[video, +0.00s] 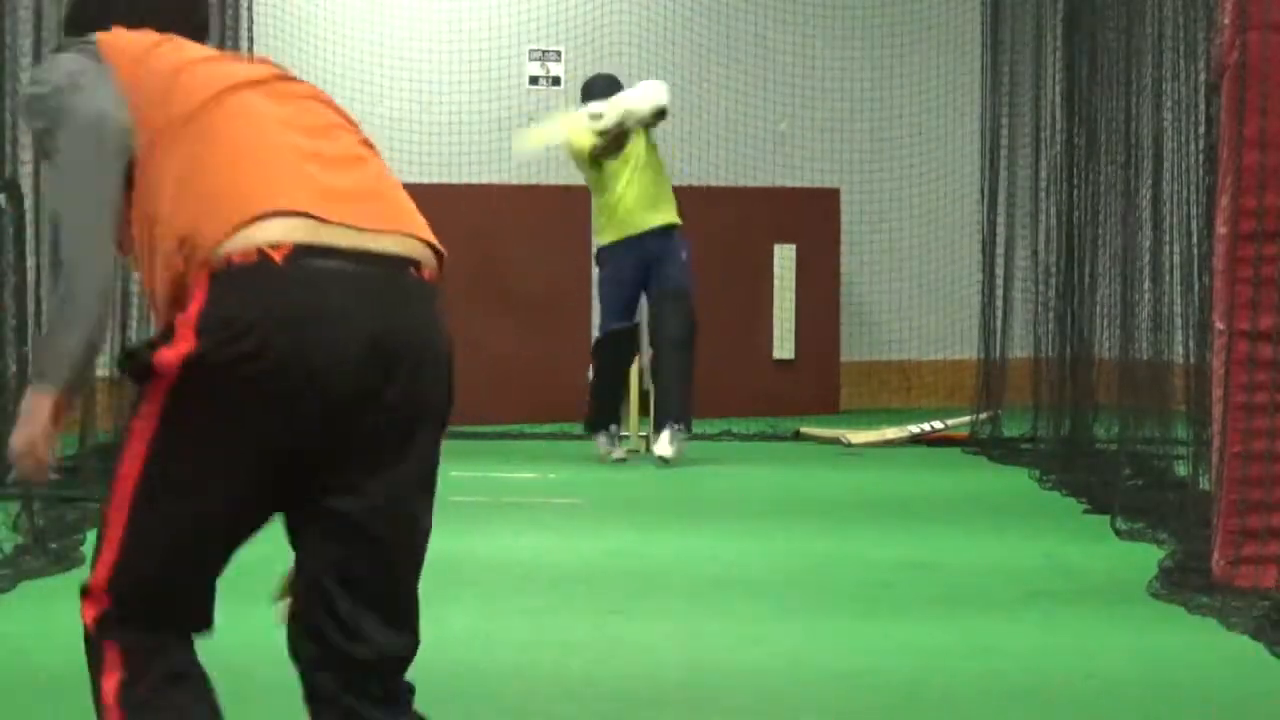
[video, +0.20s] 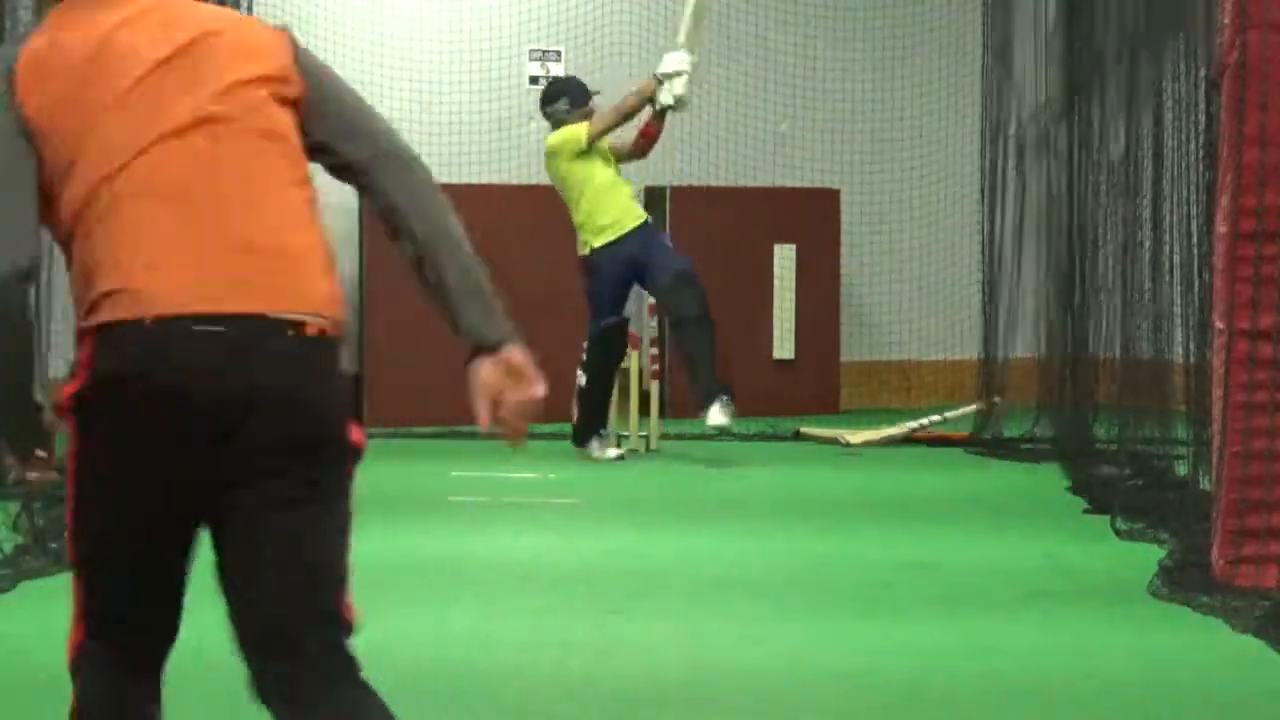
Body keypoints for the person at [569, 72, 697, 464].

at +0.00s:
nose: (604, 115)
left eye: (609, 107)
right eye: (597, 110)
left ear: (619, 104)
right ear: (587, 109)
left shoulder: (639, 124)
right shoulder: (578, 134)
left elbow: (654, 111)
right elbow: (601, 150)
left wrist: (632, 107)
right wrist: (618, 125)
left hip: (662, 232)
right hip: (616, 242)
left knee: (674, 330)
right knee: (615, 337)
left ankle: (671, 426)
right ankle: (604, 428)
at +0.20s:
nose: (593, 108)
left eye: (590, 101)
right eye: (586, 102)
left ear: (567, 109)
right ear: (568, 109)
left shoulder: (593, 145)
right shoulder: (559, 144)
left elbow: (637, 148)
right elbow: (618, 114)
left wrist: (660, 109)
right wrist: (657, 79)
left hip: (641, 236)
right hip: (604, 250)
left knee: (685, 294)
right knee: (607, 344)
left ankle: (714, 399)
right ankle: (589, 434)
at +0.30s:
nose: (586, 110)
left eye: (583, 105)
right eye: (579, 105)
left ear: (561, 114)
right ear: (560, 113)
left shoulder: (582, 147)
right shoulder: (561, 145)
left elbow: (628, 162)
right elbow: (615, 120)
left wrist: (648, 119)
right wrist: (641, 88)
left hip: (631, 245)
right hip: (596, 257)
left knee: (689, 294)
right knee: (606, 347)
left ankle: (744, 372)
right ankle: (584, 440)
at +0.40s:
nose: (581, 113)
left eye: (579, 107)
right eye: (575, 108)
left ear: (553, 115)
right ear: (556, 113)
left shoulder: (575, 150)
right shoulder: (559, 147)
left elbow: (615, 174)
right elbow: (617, 125)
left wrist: (625, 128)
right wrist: (618, 107)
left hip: (626, 245)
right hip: (595, 256)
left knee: (693, 291)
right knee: (609, 349)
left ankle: (761, 356)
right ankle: (586, 439)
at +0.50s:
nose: (580, 112)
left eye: (578, 106)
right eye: (575, 106)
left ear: (545, 114)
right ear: (560, 111)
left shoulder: (545, 154)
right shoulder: (567, 144)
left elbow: (593, 166)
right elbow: (616, 129)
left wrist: (593, 127)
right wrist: (578, 118)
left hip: (624, 244)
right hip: (596, 258)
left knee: (697, 286)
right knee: (608, 348)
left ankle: (772, 343)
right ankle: (586, 439)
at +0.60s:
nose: (586, 113)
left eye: (583, 105)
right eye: (579, 106)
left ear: (548, 116)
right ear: (560, 112)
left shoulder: (537, 165)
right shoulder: (575, 141)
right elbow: (611, 135)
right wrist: (573, 125)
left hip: (623, 244)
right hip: (596, 257)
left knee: (696, 284)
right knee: (609, 349)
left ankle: (770, 339)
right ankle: (586, 439)